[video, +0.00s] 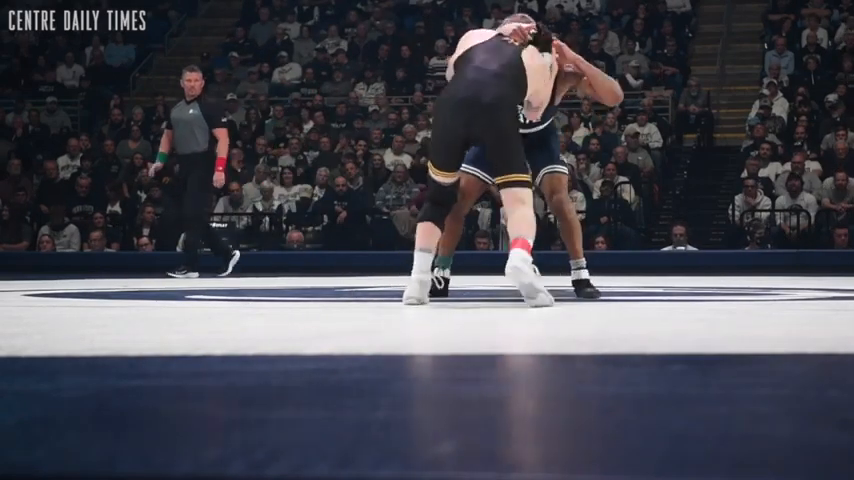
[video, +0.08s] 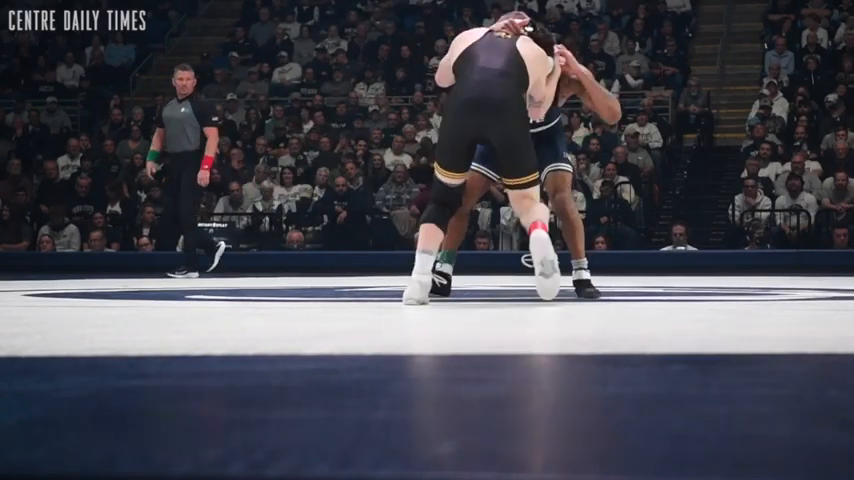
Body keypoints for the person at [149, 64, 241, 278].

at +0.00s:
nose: (191, 85)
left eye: (195, 81)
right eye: (188, 81)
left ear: (202, 82)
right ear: (182, 83)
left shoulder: (210, 106)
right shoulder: (176, 109)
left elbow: (223, 138)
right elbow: (167, 136)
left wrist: (220, 169)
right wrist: (160, 160)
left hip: (202, 164)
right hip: (183, 165)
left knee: (194, 212)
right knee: (191, 214)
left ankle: (190, 265)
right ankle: (227, 253)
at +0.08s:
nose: (184, 84)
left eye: (188, 79)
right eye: (180, 79)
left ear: (194, 81)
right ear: (173, 82)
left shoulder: (201, 104)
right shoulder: (167, 107)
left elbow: (213, 137)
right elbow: (159, 134)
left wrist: (206, 166)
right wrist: (151, 158)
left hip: (192, 162)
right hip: (172, 163)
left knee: (186, 212)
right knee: (173, 213)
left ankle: (189, 265)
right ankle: (212, 246)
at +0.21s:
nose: (171, 81)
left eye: (175, 77)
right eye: (166, 77)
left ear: (181, 79)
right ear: (160, 80)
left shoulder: (187, 102)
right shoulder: (155, 106)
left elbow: (196, 134)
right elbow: (148, 133)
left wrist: (181, 161)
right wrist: (140, 160)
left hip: (181, 161)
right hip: (160, 162)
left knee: (180, 210)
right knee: (151, 207)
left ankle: (187, 262)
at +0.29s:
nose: (161, 81)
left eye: (165, 77)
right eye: (157, 77)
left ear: (171, 79)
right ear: (150, 79)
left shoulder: (179, 102)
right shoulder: (145, 105)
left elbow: (186, 134)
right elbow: (139, 134)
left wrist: (166, 158)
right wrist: (132, 161)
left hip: (176, 163)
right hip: (150, 164)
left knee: (177, 211)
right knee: (137, 207)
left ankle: (188, 264)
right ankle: (142, 262)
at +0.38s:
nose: (150, 82)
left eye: (154, 78)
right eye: (146, 78)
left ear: (161, 80)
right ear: (139, 80)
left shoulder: (169, 102)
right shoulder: (135, 107)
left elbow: (176, 134)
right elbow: (130, 135)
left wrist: (154, 157)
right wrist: (124, 163)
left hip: (167, 165)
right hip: (143, 165)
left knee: (173, 212)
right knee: (134, 211)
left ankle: (189, 264)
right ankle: (118, 262)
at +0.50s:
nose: (134, 83)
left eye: (138, 78)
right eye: (130, 78)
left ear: (145, 80)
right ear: (123, 81)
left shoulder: (152, 103)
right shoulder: (118, 106)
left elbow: (161, 135)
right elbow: (114, 137)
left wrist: (140, 159)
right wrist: (108, 165)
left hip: (150, 164)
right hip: (126, 166)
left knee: (162, 211)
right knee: (119, 213)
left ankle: (184, 260)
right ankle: (113, 265)